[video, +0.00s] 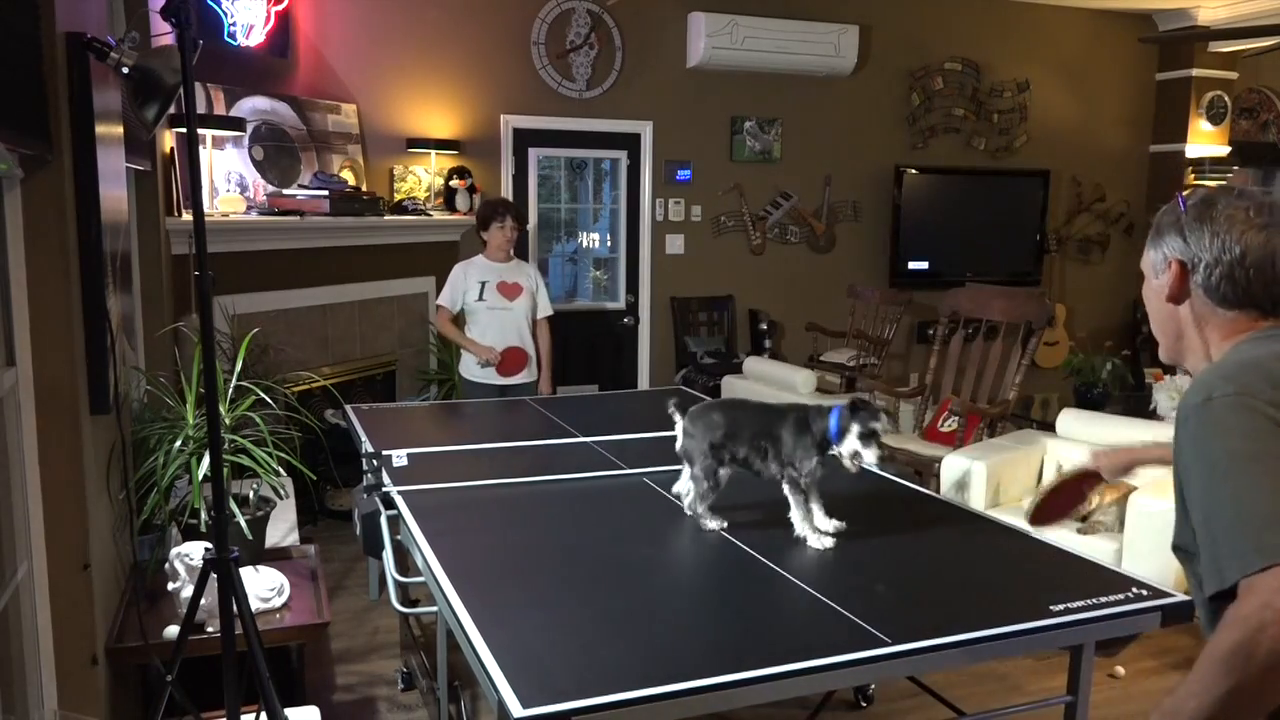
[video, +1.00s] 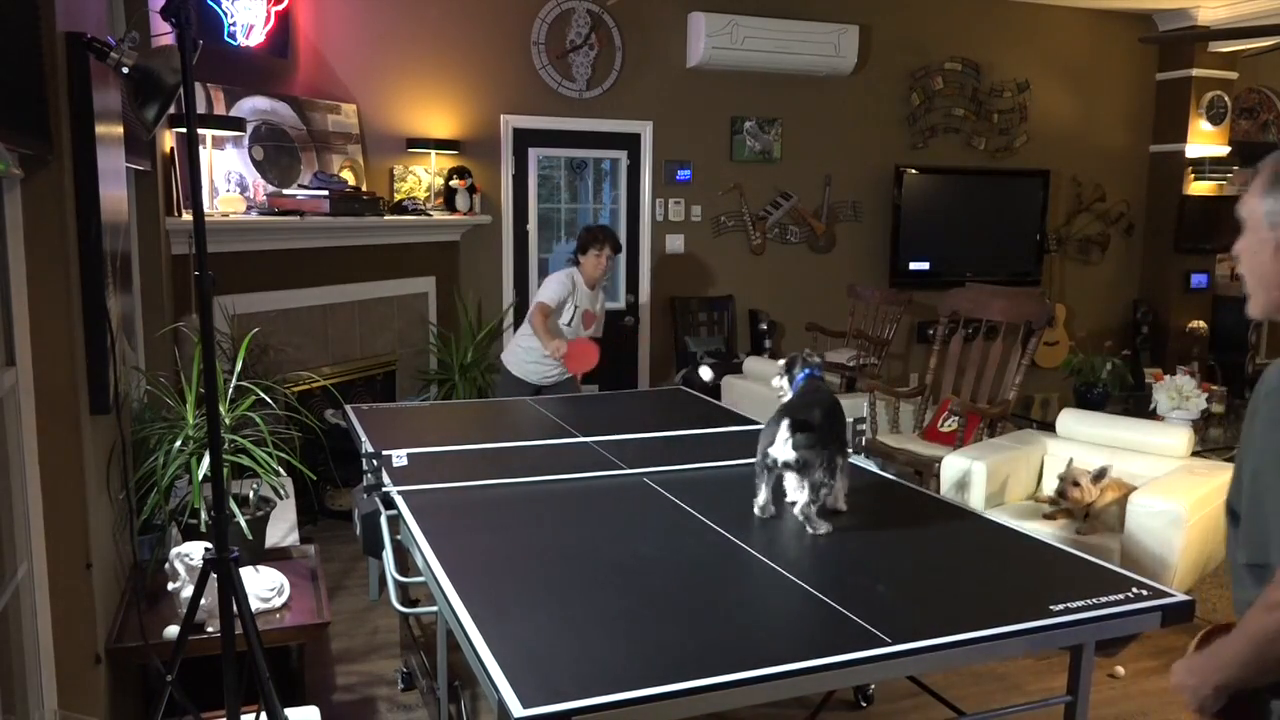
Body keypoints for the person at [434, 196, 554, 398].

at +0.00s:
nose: (509, 234)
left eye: (514, 228)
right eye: (501, 228)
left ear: (519, 232)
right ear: (484, 233)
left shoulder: (530, 272)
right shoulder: (464, 271)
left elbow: (541, 326)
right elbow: (441, 320)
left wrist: (545, 374)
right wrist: (476, 348)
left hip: (522, 381)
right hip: (478, 381)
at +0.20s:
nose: (509, 233)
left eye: (513, 227)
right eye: (500, 227)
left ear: (517, 231)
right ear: (483, 233)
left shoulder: (530, 272)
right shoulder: (464, 271)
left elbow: (541, 324)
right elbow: (442, 321)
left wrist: (546, 375)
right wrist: (475, 348)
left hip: (521, 381)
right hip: (477, 381)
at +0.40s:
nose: (515, 236)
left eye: (519, 230)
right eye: (508, 229)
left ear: (523, 232)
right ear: (488, 232)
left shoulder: (531, 273)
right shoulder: (468, 270)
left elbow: (539, 323)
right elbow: (449, 322)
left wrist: (539, 366)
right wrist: (487, 353)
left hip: (518, 381)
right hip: (476, 382)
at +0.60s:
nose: (537, 251)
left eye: (539, 243)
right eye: (529, 244)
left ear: (541, 244)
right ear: (509, 248)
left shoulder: (539, 282)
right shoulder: (497, 283)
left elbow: (543, 334)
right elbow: (517, 340)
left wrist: (550, 375)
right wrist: (564, 353)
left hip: (527, 381)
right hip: (485, 384)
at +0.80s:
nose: (578, 259)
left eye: (580, 252)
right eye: (570, 252)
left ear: (584, 252)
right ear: (550, 253)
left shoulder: (566, 283)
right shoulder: (541, 284)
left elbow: (559, 337)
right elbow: (560, 328)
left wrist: (561, 376)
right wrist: (603, 351)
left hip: (546, 378)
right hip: (510, 380)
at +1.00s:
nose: (604, 263)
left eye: (609, 258)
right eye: (598, 256)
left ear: (613, 262)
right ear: (581, 256)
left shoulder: (598, 297)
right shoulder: (561, 281)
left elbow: (586, 341)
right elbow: (537, 315)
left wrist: (576, 376)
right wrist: (549, 342)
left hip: (560, 376)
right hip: (521, 372)